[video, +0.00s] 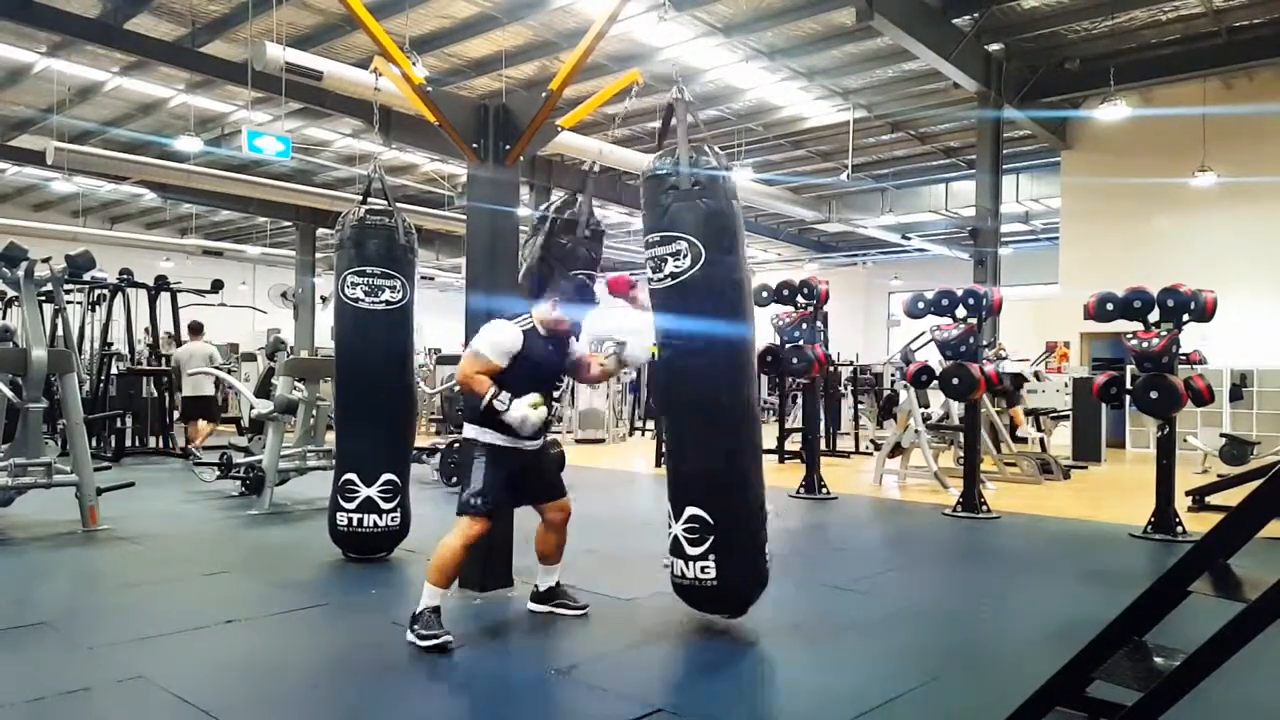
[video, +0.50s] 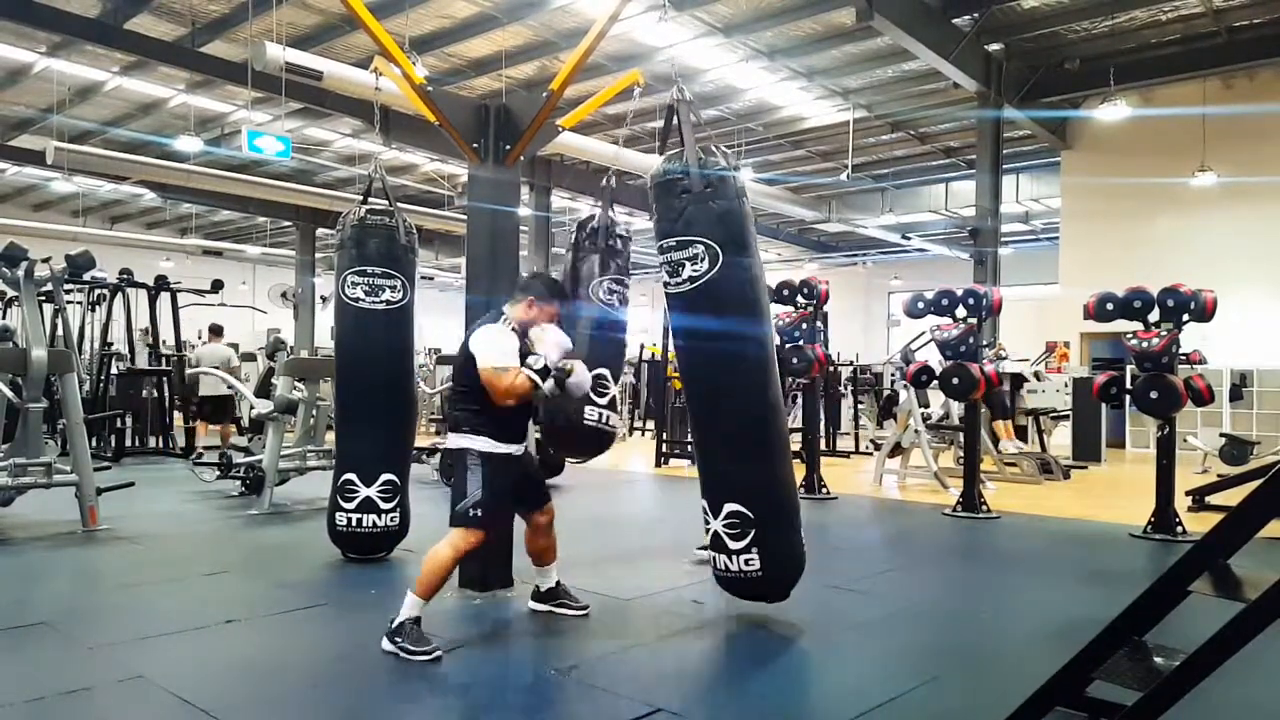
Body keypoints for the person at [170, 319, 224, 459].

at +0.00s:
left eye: (191, 332)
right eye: (201, 333)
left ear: (188, 333)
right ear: (203, 333)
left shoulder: (179, 352)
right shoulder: (210, 349)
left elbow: (175, 373)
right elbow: (219, 369)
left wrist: (178, 389)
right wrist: (219, 386)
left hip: (188, 392)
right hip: (206, 392)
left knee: (191, 423)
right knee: (212, 421)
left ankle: (194, 450)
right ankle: (196, 444)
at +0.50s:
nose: (210, 337)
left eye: (209, 334)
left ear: (209, 335)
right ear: (222, 335)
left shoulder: (199, 351)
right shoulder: (229, 351)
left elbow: (193, 369)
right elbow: (236, 370)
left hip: (205, 392)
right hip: (224, 392)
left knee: (202, 421)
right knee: (226, 424)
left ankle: (199, 448)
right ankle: (224, 450)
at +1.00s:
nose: (214, 339)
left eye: (214, 337)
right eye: (217, 337)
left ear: (215, 337)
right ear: (227, 338)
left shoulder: (207, 351)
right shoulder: (235, 353)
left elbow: (201, 371)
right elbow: (240, 374)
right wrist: (237, 386)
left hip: (212, 392)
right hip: (229, 392)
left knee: (213, 422)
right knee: (229, 420)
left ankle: (217, 448)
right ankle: (225, 446)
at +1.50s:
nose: (207, 342)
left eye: (208, 340)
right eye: (208, 340)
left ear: (209, 340)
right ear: (220, 340)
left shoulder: (203, 352)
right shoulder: (230, 353)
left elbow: (193, 368)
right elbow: (237, 371)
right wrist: (236, 385)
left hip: (208, 391)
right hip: (227, 392)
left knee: (208, 421)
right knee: (224, 421)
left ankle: (216, 446)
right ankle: (222, 446)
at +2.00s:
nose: (186, 355)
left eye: (186, 353)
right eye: (186, 353)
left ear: (188, 351)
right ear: (197, 347)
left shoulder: (188, 357)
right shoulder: (212, 353)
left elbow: (176, 369)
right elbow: (222, 365)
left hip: (202, 389)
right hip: (219, 386)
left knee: (197, 420)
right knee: (220, 419)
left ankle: (197, 446)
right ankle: (219, 445)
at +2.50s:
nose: (171, 367)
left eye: (172, 365)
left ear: (175, 360)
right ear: (185, 356)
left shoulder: (176, 364)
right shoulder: (201, 356)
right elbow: (217, 367)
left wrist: (140, 388)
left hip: (200, 391)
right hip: (217, 387)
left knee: (196, 421)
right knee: (219, 419)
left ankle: (196, 447)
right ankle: (220, 446)